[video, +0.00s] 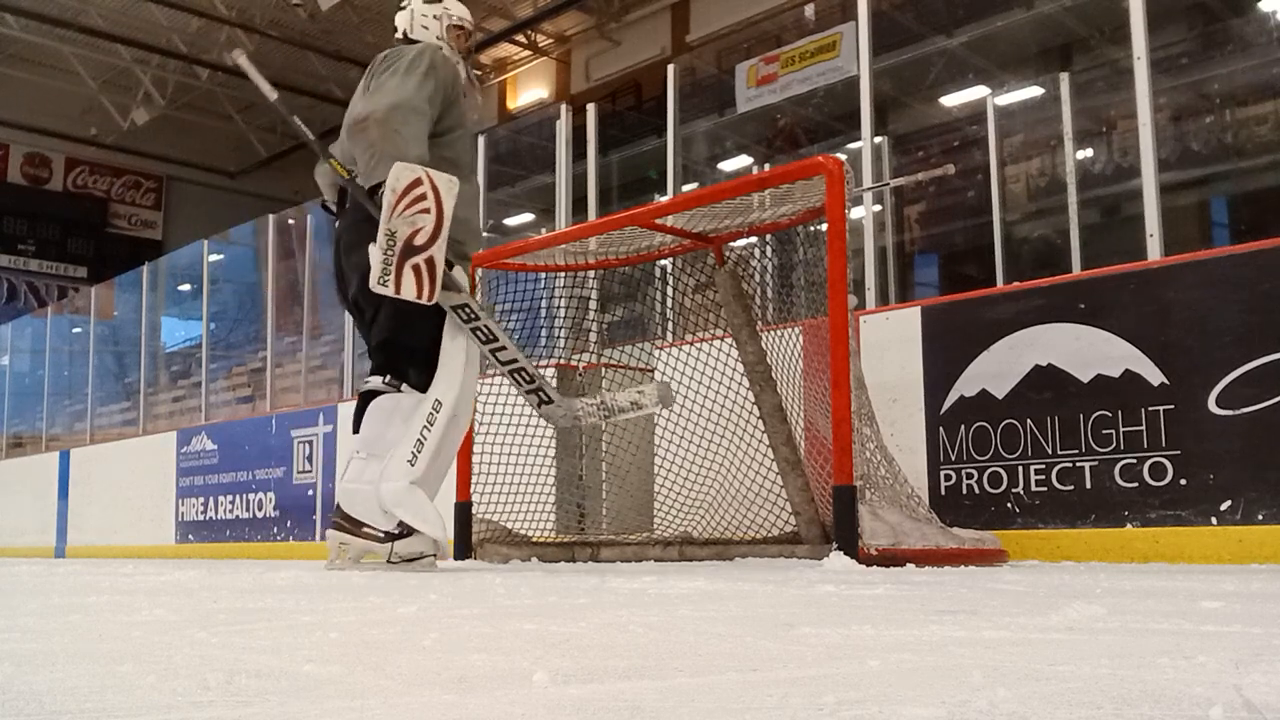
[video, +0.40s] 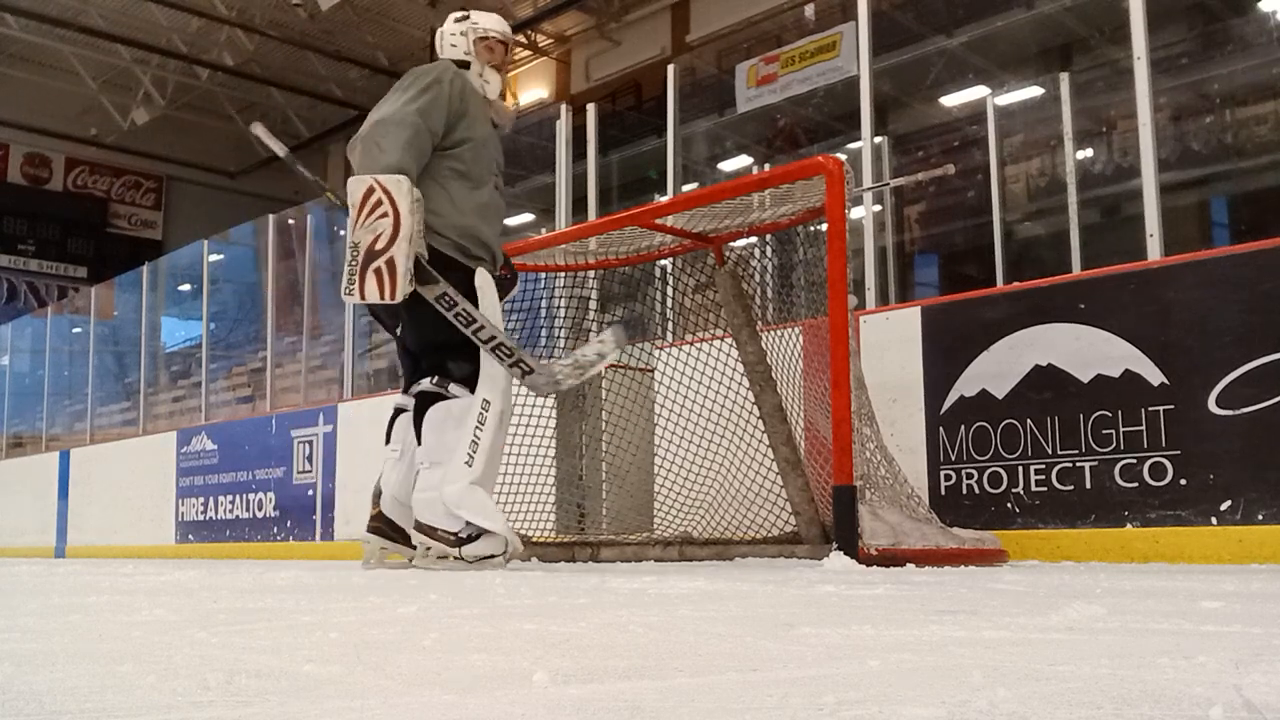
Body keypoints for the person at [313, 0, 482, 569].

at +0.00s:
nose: (463, 38)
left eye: (465, 31)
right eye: (455, 27)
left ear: (417, 26)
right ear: (427, 22)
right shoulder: (423, 56)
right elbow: (383, 126)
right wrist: (416, 234)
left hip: (377, 236)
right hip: (395, 230)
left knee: (395, 374)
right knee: (423, 373)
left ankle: (368, 510)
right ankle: (371, 504)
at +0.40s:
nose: (501, 55)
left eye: (505, 48)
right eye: (492, 44)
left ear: (502, 55)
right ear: (462, 43)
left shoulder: (476, 108)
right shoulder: (442, 79)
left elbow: (461, 194)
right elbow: (385, 144)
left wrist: (491, 255)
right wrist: (382, 241)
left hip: (449, 259)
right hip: (439, 255)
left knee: (430, 389)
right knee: (469, 382)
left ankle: (395, 513)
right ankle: (445, 514)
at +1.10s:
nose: (540, 25)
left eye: (549, 17)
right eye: (527, 16)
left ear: (560, 28)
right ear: (506, 25)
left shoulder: (575, 113)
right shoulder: (487, 73)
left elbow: (568, 204)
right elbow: (443, 139)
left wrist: (579, 264)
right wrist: (427, 218)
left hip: (554, 269)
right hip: (487, 256)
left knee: (567, 392)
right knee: (515, 388)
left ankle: (557, 529)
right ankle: (507, 529)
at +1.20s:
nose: (545, 25)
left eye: (555, 16)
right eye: (532, 14)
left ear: (568, 27)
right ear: (511, 23)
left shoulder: (588, 112)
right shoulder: (491, 73)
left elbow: (573, 202)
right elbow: (446, 148)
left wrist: (596, 257)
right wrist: (433, 234)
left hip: (568, 270)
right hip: (498, 259)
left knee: (592, 394)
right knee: (518, 394)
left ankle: (583, 523)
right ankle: (513, 529)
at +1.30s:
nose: (554, 13)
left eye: (563, 7)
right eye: (540, 6)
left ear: (578, 20)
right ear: (518, 18)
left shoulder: (603, 108)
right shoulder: (498, 70)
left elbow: (591, 208)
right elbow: (455, 154)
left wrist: (622, 256)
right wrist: (438, 239)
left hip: (585, 274)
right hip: (510, 261)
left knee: (617, 391)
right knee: (527, 398)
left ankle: (606, 521)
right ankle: (524, 529)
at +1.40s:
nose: (559, 13)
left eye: (570, 5)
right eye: (547, 5)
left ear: (587, 16)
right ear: (528, 15)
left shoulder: (619, 101)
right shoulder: (504, 76)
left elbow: (612, 209)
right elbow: (463, 164)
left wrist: (649, 255)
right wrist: (457, 243)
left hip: (605, 273)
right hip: (521, 263)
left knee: (646, 388)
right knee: (551, 390)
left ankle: (637, 526)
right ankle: (529, 534)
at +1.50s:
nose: (574, 13)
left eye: (585, 5)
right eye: (562, 5)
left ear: (603, 16)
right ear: (543, 15)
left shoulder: (639, 96)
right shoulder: (515, 78)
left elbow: (646, 198)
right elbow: (476, 164)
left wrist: (670, 250)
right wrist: (470, 237)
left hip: (623, 277)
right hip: (536, 267)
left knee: (662, 382)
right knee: (562, 383)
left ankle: (657, 530)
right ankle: (531, 534)